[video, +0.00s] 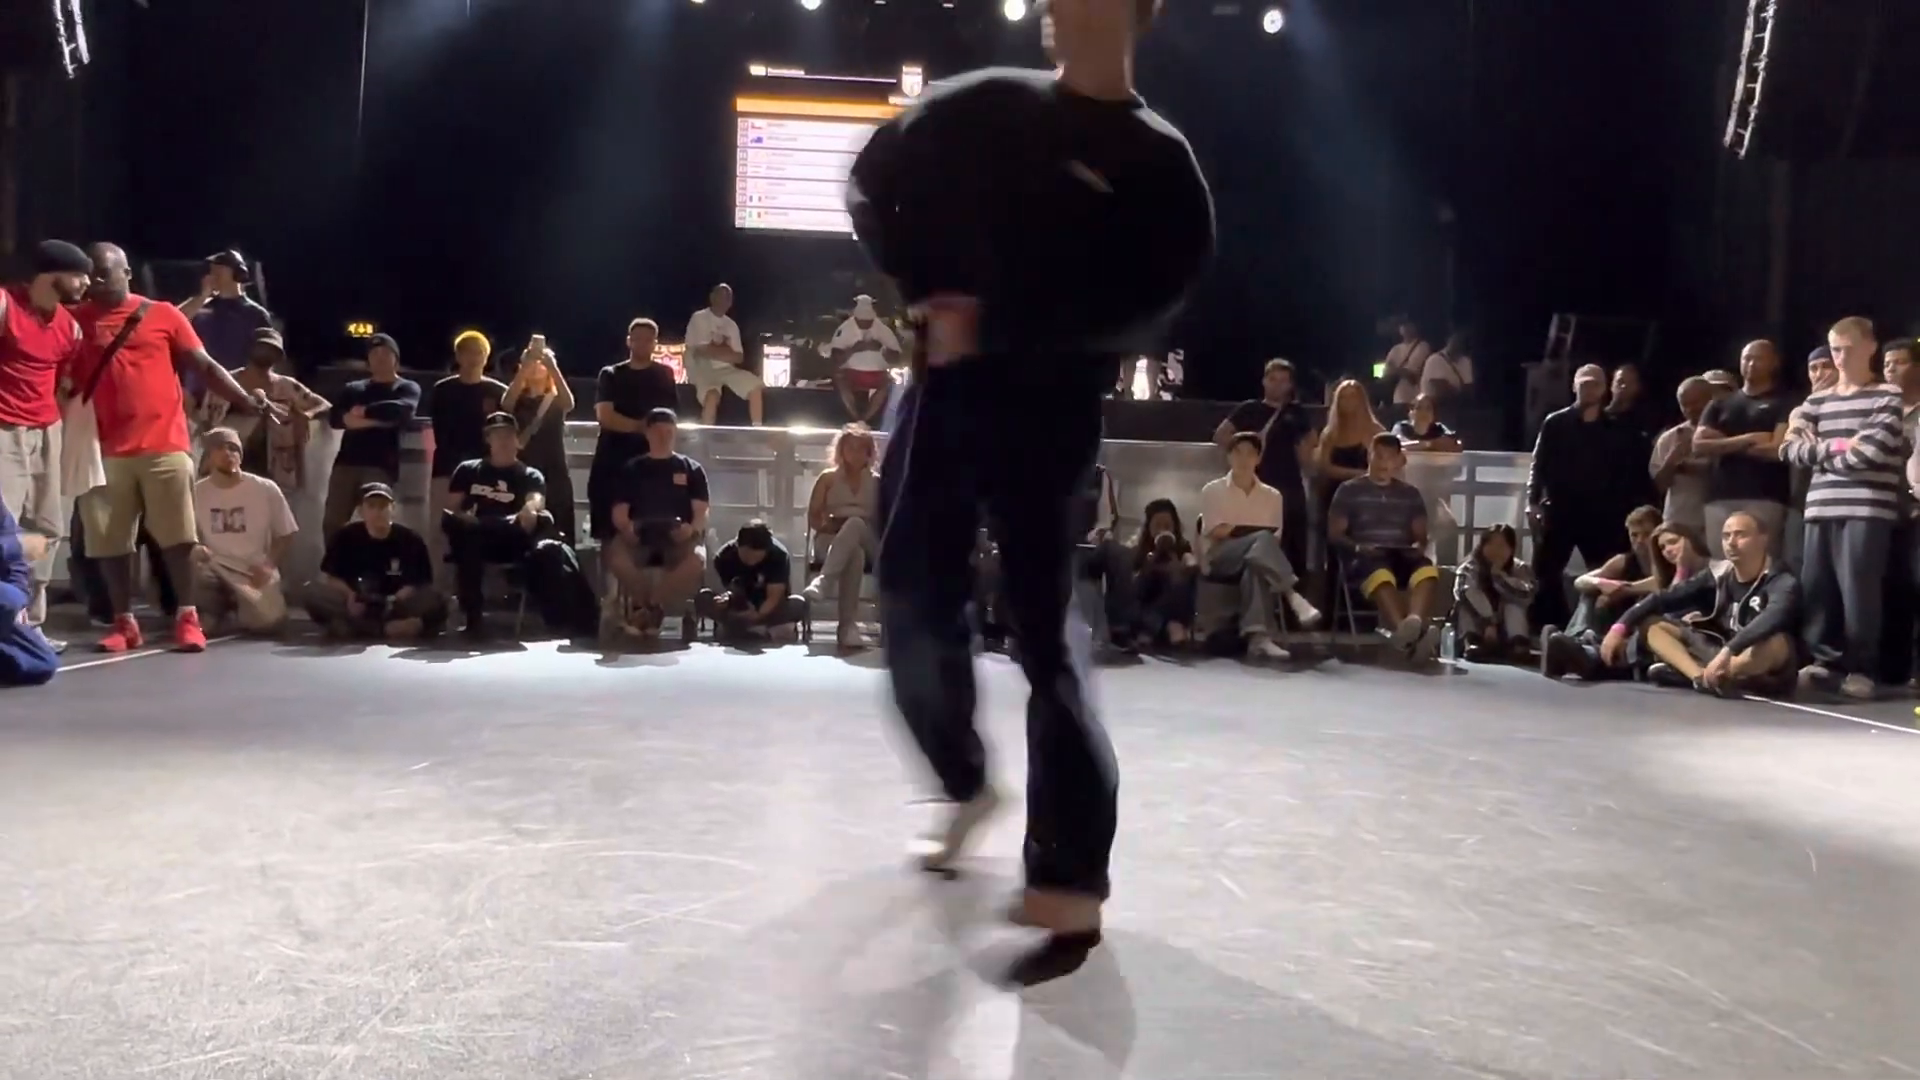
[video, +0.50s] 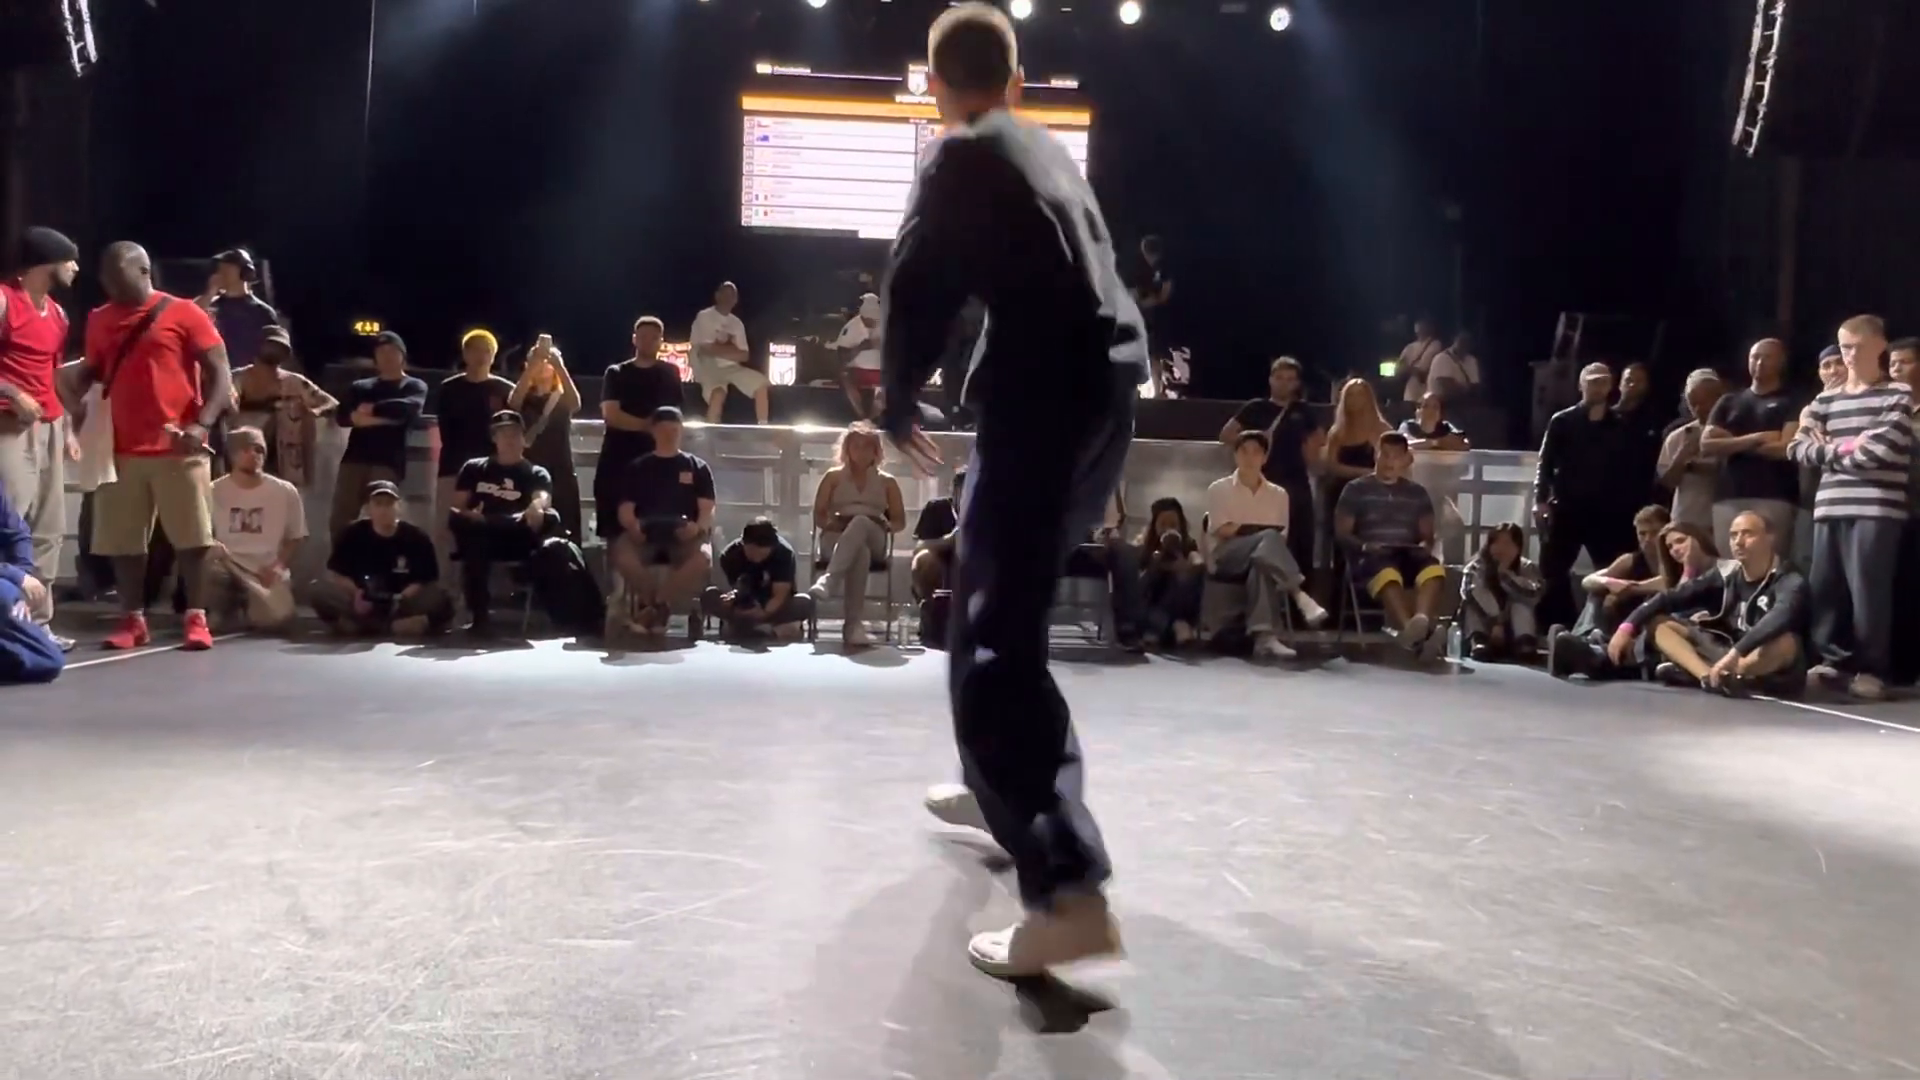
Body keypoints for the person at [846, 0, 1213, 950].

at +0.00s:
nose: (1065, 15)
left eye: (1084, 4)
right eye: (1063, 5)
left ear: (1136, 17)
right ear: (1050, 17)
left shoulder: (1158, 160)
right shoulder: (992, 109)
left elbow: (1150, 305)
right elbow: (873, 184)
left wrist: (997, 324)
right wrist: (924, 289)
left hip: (1051, 408)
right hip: (942, 400)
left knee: (1047, 638)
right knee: (913, 607)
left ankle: (1071, 894)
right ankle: (968, 784)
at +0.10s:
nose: (994, 27)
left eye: (1001, 11)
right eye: (1001, 12)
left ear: (1024, 20)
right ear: (1082, 29)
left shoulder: (1058, 130)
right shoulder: (1065, 123)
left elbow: (1031, 286)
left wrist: (931, 327)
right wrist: (951, 317)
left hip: (1014, 445)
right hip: (1032, 438)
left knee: (978, 657)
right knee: (1026, 640)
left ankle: (1039, 896)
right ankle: (1094, 828)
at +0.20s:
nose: (973, 37)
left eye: (972, 25)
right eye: (1038, 26)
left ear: (970, 32)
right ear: (1060, 34)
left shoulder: (973, 138)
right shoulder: (1088, 130)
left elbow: (917, 303)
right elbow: (1128, 275)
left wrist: (967, 391)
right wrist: (1070, 350)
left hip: (997, 425)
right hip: (1078, 417)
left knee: (964, 647)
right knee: (1068, 629)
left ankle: (1036, 890)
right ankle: (1091, 837)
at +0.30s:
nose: (961, 34)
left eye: (959, 22)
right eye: (1027, 20)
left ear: (954, 27)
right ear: (1045, 24)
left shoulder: (979, 127)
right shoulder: (1075, 120)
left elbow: (921, 308)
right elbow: (1118, 276)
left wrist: (962, 340)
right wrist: (1024, 325)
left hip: (1007, 420)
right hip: (1072, 412)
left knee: (977, 641)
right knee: (1061, 621)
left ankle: (1038, 890)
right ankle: (1089, 834)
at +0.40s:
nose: (939, 42)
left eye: (939, 29)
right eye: (953, 28)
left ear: (943, 32)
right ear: (1026, 28)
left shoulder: (975, 122)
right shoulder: (1055, 110)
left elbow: (939, 293)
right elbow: (1100, 266)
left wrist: (947, 371)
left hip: (1032, 385)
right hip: (1096, 378)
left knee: (976, 625)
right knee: (1026, 602)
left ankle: (1039, 865)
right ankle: (1067, 787)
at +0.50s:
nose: (925, 94)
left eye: (925, 79)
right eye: (932, 78)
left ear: (936, 83)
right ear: (1011, 78)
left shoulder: (958, 159)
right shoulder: (1047, 150)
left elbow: (922, 287)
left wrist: (897, 408)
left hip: (1038, 405)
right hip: (1102, 395)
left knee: (994, 636)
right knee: (1000, 599)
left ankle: (1069, 895)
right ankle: (1004, 788)